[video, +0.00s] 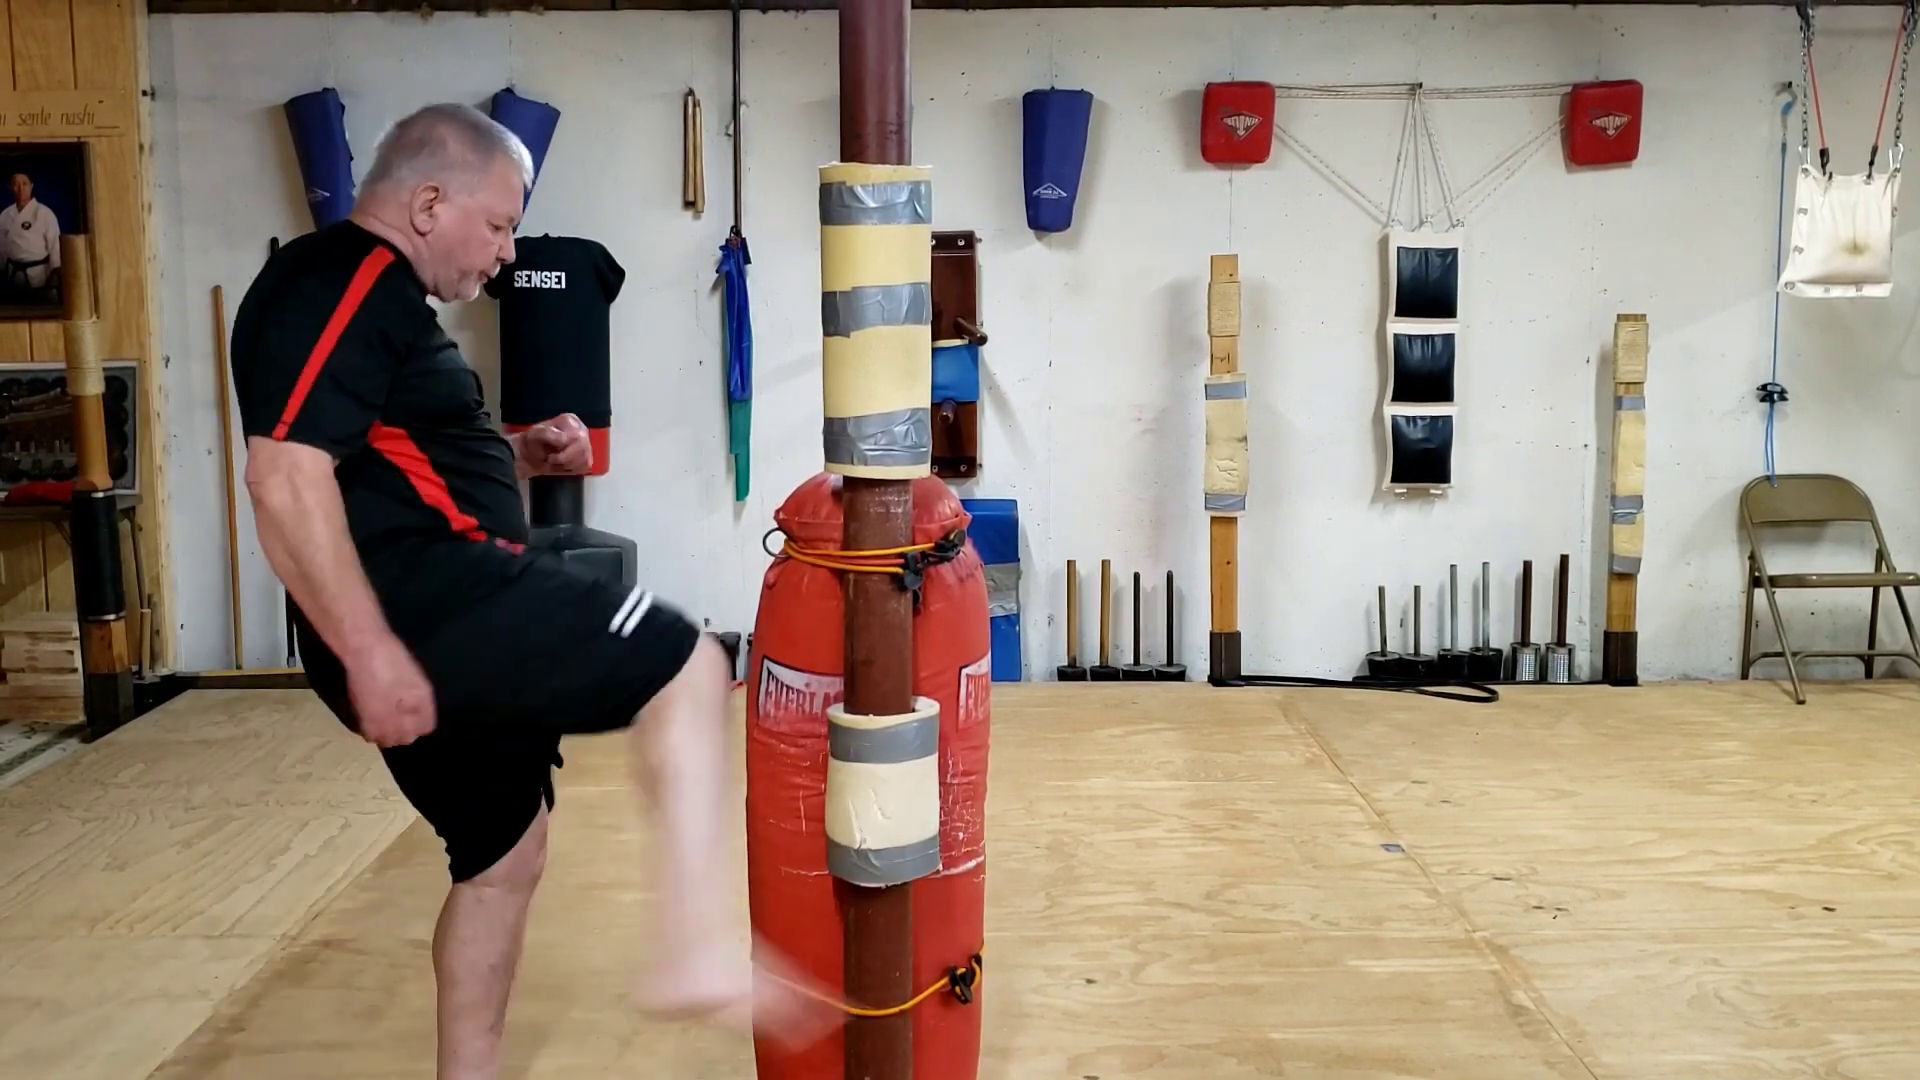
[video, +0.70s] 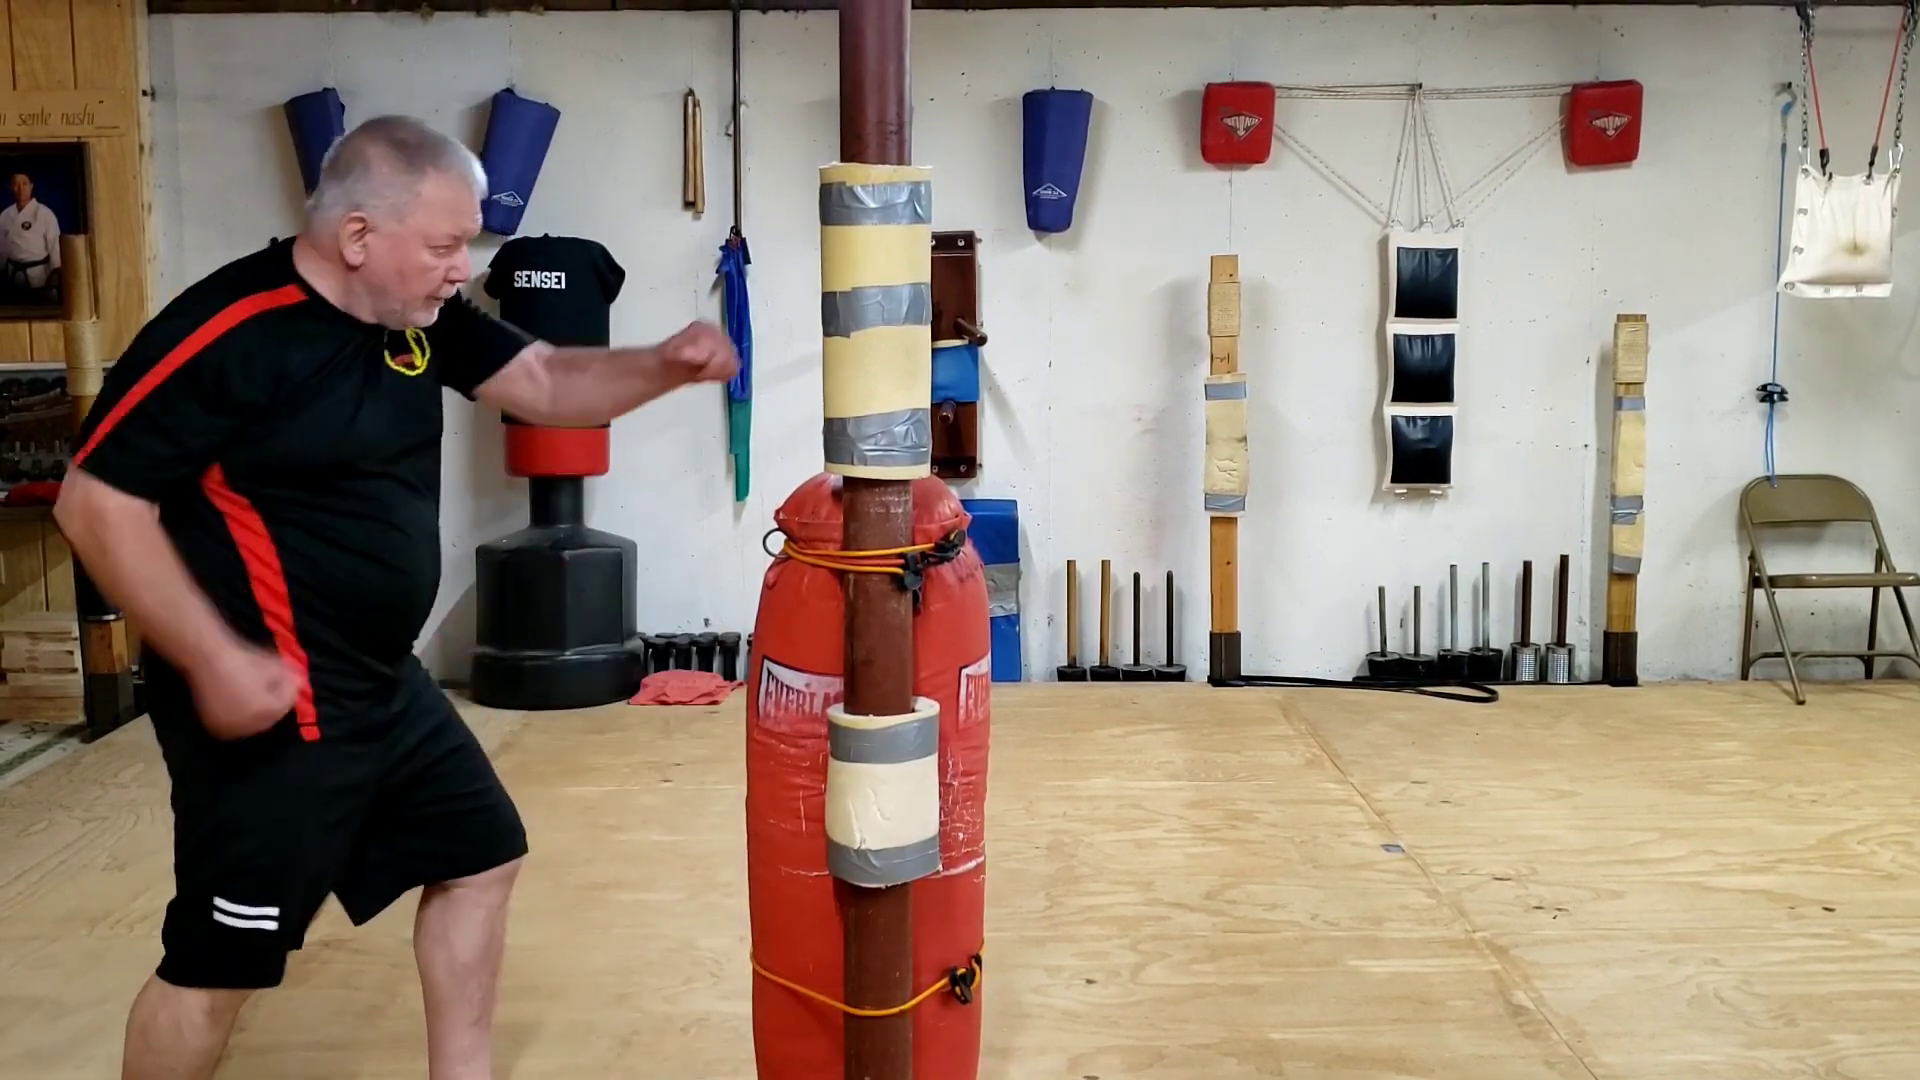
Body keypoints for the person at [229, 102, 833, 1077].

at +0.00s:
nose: (507, 255)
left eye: (512, 232)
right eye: (500, 227)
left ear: (423, 210)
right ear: (426, 206)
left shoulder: (375, 289)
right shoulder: (349, 277)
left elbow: (388, 463)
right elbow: (284, 470)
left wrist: (517, 451)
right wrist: (371, 651)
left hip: (387, 621)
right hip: (428, 595)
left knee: (501, 847)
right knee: (687, 663)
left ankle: (465, 1069)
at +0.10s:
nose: (505, 241)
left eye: (508, 218)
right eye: (494, 213)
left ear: (415, 203)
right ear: (416, 197)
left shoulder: (373, 280)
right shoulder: (339, 270)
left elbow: (388, 463)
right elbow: (296, 462)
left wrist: (512, 491)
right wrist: (447, 595)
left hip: (404, 625)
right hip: (373, 628)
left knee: (490, 860)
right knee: (596, 778)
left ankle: (463, 1061)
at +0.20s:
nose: (501, 242)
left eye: (505, 221)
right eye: (492, 214)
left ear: (415, 200)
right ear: (411, 194)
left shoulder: (393, 301)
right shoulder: (317, 270)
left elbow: (402, 476)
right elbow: (308, 454)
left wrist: (504, 534)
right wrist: (511, 490)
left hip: (438, 639)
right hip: (341, 647)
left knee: (505, 851)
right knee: (407, 898)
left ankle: (466, 1074)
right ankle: (213, 1068)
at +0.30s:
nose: (483, 255)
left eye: (489, 232)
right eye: (468, 229)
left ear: (394, 223)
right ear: (382, 215)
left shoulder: (385, 320)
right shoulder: (281, 289)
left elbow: (366, 506)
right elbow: (329, 467)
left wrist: (471, 569)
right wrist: (514, 421)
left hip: (421, 679)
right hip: (288, 699)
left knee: (509, 865)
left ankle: (465, 1074)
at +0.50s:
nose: (433, 261)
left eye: (438, 236)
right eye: (411, 237)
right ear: (321, 231)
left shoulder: (399, 313)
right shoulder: (212, 310)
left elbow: (410, 467)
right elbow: (197, 515)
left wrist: (478, 465)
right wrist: (416, 509)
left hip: (391, 665)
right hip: (240, 690)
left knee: (489, 861)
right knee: (194, 948)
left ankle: (463, 1074)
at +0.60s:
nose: (441, 263)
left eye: (446, 238)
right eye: (420, 239)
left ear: (343, 233)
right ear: (331, 232)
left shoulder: (419, 317)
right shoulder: (199, 323)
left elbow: (514, 428)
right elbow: (118, 518)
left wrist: (578, 373)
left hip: (385, 670)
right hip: (229, 695)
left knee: (481, 857)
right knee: (206, 947)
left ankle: (462, 1075)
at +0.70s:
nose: (463, 271)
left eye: (467, 248)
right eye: (446, 247)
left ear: (369, 241)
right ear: (358, 240)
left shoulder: (415, 317)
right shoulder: (227, 325)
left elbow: (540, 380)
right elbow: (94, 498)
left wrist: (665, 366)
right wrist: (214, 659)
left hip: (380, 683)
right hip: (256, 702)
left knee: (480, 855)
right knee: (216, 962)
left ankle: (461, 1075)